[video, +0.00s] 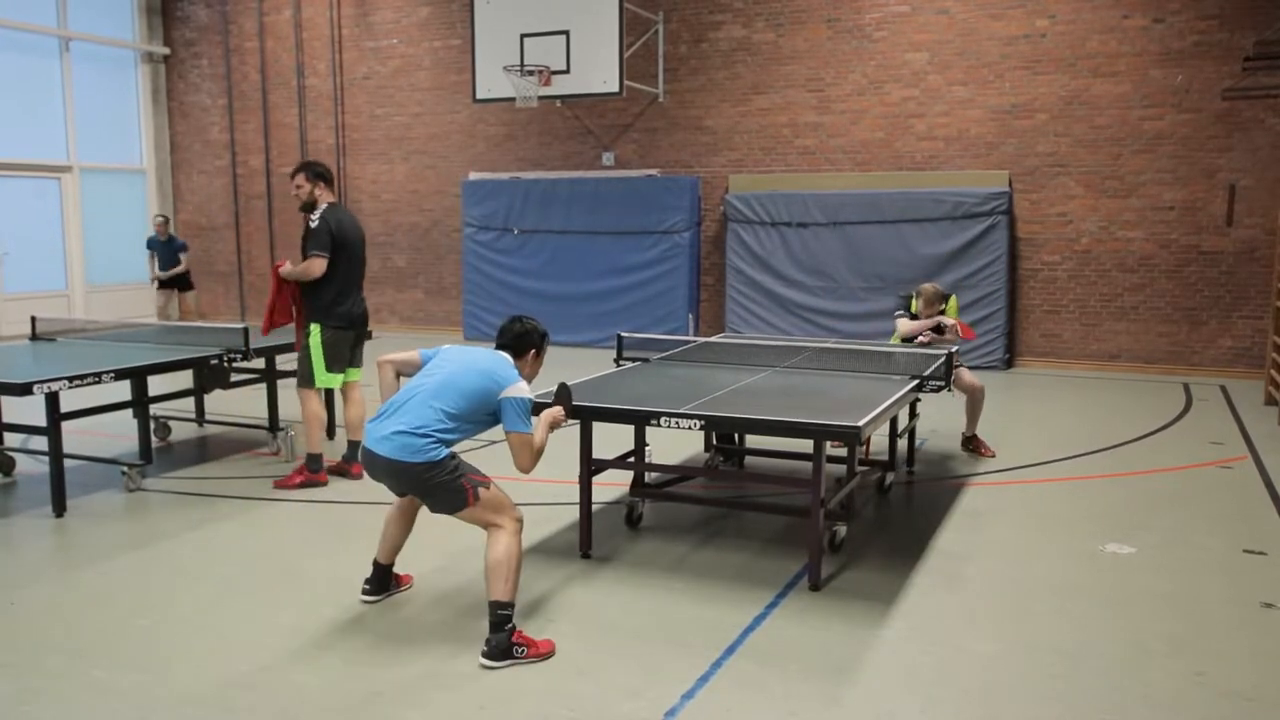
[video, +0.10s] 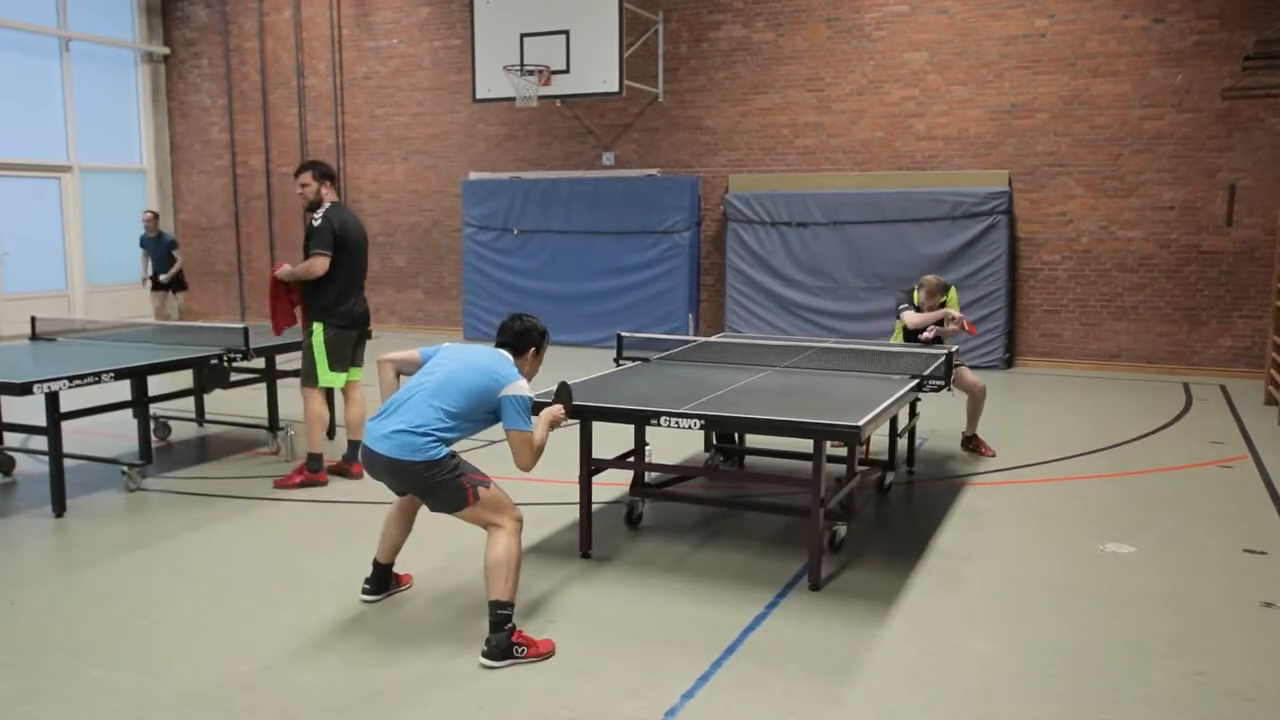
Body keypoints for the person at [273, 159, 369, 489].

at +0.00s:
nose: (295, 194)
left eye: (299, 188)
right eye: (294, 189)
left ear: (319, 186)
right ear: (324, 188)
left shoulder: (321, 218)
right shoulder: (349, 219)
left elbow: (316, 267)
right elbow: (351, 270)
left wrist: (287, 272)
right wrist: (301, 270)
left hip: (324, 320)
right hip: (353, 317)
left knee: (309, 390)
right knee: (352, 387)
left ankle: (313, 466)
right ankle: (352, 460)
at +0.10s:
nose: (300, 192)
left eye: (305, 186)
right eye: (298, 187)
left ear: (325, 185)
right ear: (328, 188)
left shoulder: (322, 217)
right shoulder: (350, 218)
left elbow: (318, 265)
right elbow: (352, 271)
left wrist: (288, 273)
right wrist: (304, 280)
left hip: (327, 319)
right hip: (355, 316)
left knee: (313, 390)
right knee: (353, 387)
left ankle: (314, 466)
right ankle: (352, 460)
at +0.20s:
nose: (302, 194)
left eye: (307, 187)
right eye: (301, 188)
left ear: (327, 187)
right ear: (329, 190)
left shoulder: (325, 218)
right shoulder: (351, 219)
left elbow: (321, 265)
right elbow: (351, 270)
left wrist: (290, 275)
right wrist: (302, 277)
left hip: (330, 319)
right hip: (357, 316)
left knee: (314, 389)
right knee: (354, 386)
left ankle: (314, 466)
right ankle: (353, 460)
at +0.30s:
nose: (304, 193)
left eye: (310, 187)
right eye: (303, 188)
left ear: (330, 188)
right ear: (332, 191)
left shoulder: (325, 215)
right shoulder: (353, 218)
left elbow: (325, 262)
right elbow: (349, 269)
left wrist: (291, 275)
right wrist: (300, 276)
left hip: (331, 319)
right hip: (359, 315)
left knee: (314, 389)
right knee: (355, 386)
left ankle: (314, 466)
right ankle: (353, 460)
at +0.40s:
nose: (305, 194)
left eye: (310, 188)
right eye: (303, 189)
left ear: (330, 188)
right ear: (333, 191)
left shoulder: (324, 215)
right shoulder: (354, 217)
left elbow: (325, 259)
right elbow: (351, 268)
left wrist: (291, 273)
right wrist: (301, 274)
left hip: (332, 317)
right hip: (359, 314)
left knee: (315, 388)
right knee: (355, 385)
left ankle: (314, 466)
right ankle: (352, 460)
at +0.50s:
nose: (304, 195)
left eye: (309, 189)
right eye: (302, 190)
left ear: (329, 188)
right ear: (334, 192)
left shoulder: (326, 215)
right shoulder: (356, 219)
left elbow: (327, 259)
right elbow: (354, 267)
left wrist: (288, 266)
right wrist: (308, 270)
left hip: (332, 318)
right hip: (359, 315)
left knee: (317, 389)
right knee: (354, 385)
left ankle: (314, 466)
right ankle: (352, 460)